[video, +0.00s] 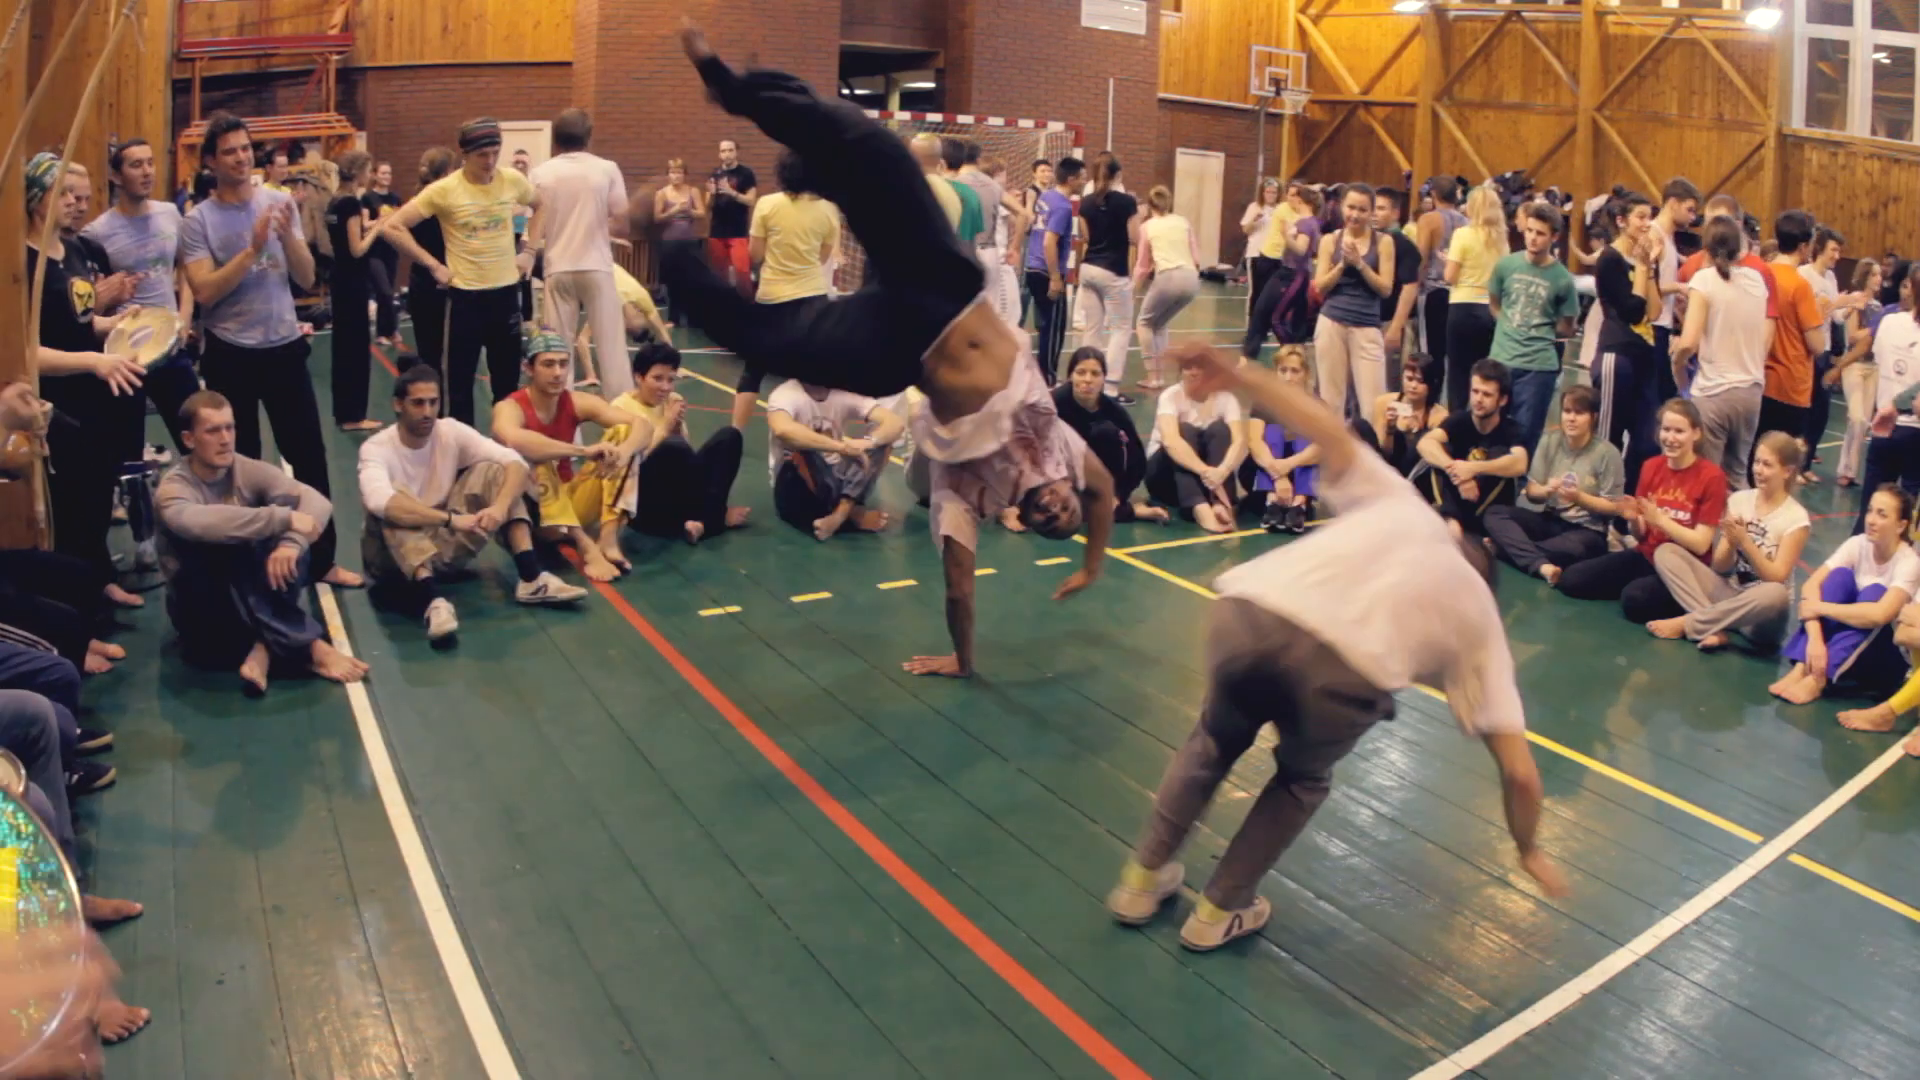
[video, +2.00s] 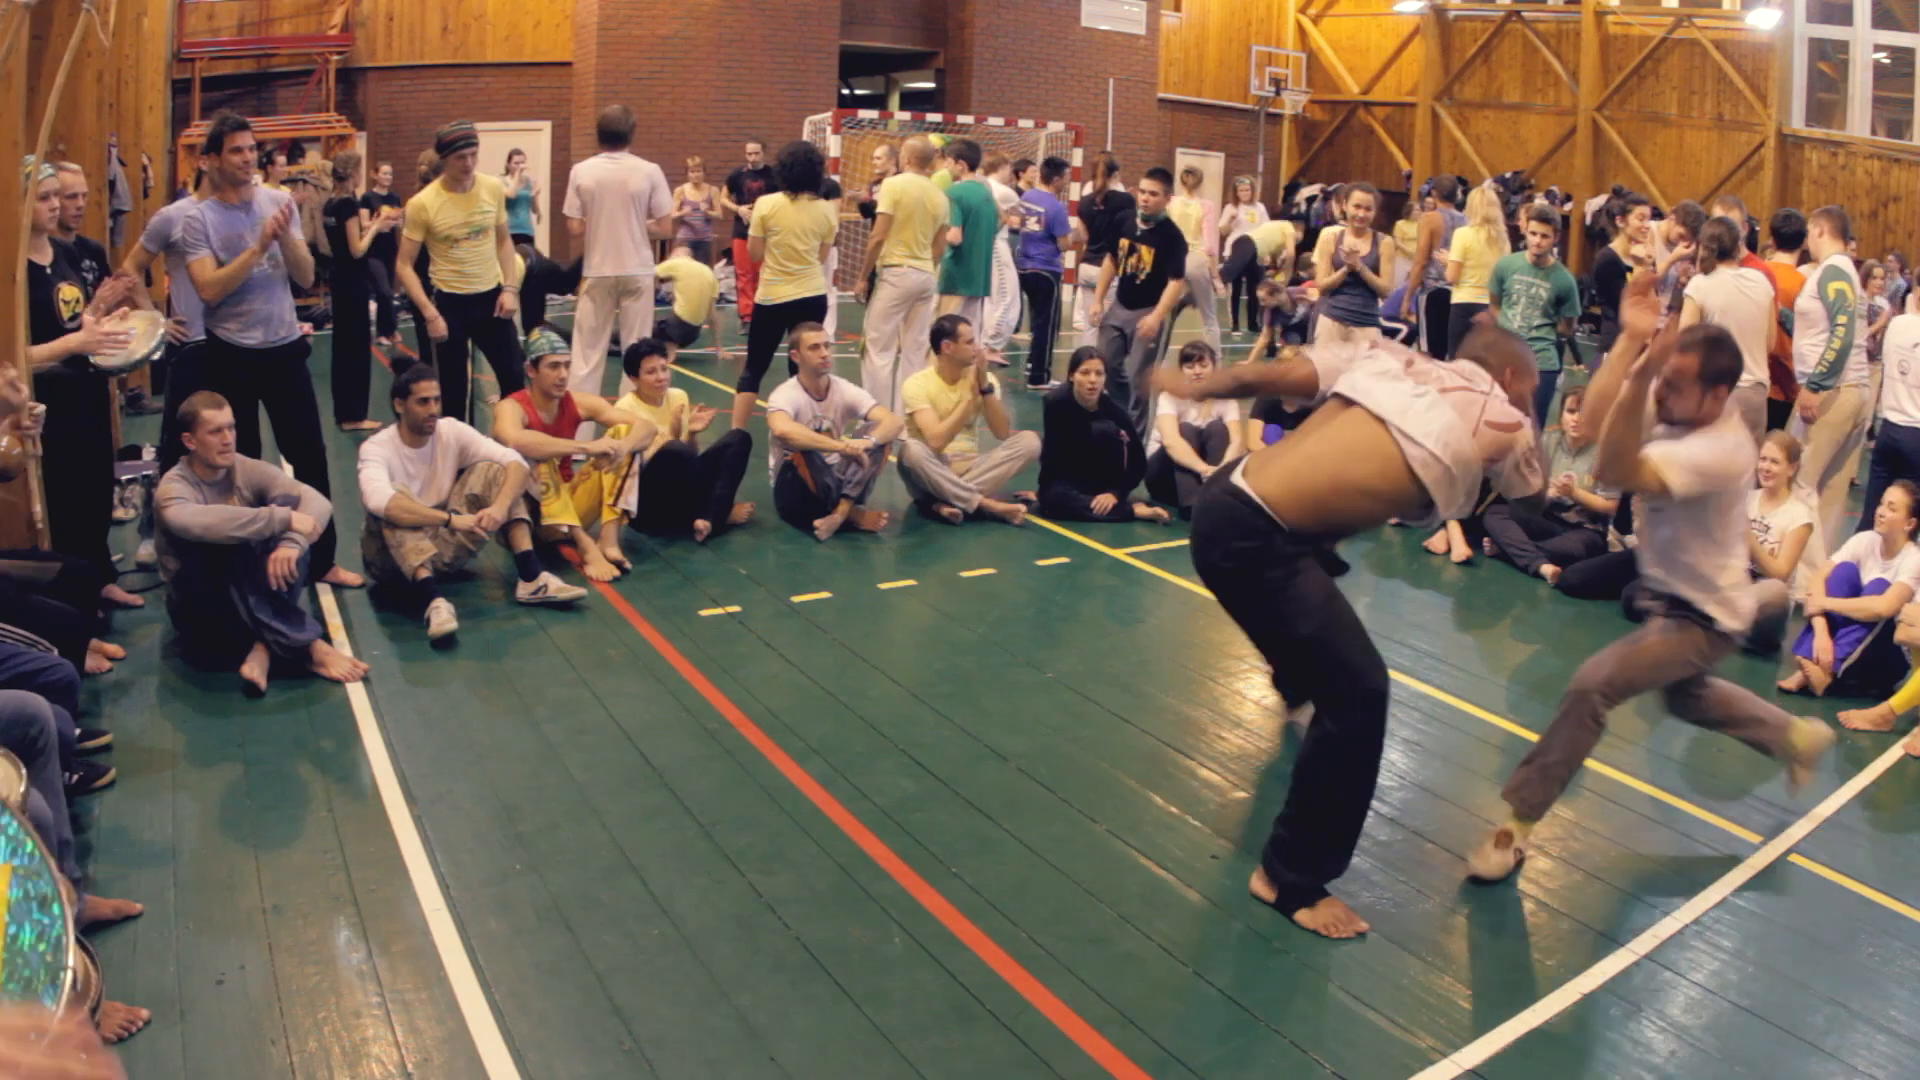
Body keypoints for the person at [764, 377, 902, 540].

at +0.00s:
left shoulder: (844, 396)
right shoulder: (786, 394)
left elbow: (895, 422)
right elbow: (782, 430)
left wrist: (870, 443)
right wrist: (841, 447)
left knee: (878, 442)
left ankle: (840, 513)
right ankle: (853, 512)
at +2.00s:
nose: (824, 354)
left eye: (827, 347)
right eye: (814, 348)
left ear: (832, 348)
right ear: (795, 356)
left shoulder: (842, 389)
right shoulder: (785, 394)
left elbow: (893, 422)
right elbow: (782, 431)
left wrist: (869, 441)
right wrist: (841, 446)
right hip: (797, 499)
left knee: (879, 432)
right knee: (803, 453)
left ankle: (840, 512)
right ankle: (851, 512)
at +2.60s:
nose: (820, 354)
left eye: (823, 347)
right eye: (810, 349)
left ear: (828, 349)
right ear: (793, 355)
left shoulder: (842, 389)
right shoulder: (784, 394)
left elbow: (893, 422)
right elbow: (781, 431)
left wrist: (870, 440)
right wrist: (841, 447)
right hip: (797, 499)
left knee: (877, 430)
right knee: (804, 453)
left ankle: (841, 512)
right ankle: (851, 511)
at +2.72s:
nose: (820, 355)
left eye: (823, 347)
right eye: (810, 349)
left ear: (829, 349)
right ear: (793, 355)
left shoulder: (841, 389)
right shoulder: (784, 394)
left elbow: (889, 419)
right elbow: (781, 431)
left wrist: (870, 441)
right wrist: (840, 446)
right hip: (797, 496)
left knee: (876, 437)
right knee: (803, 456)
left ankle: (840, 513)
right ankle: (852, 512)